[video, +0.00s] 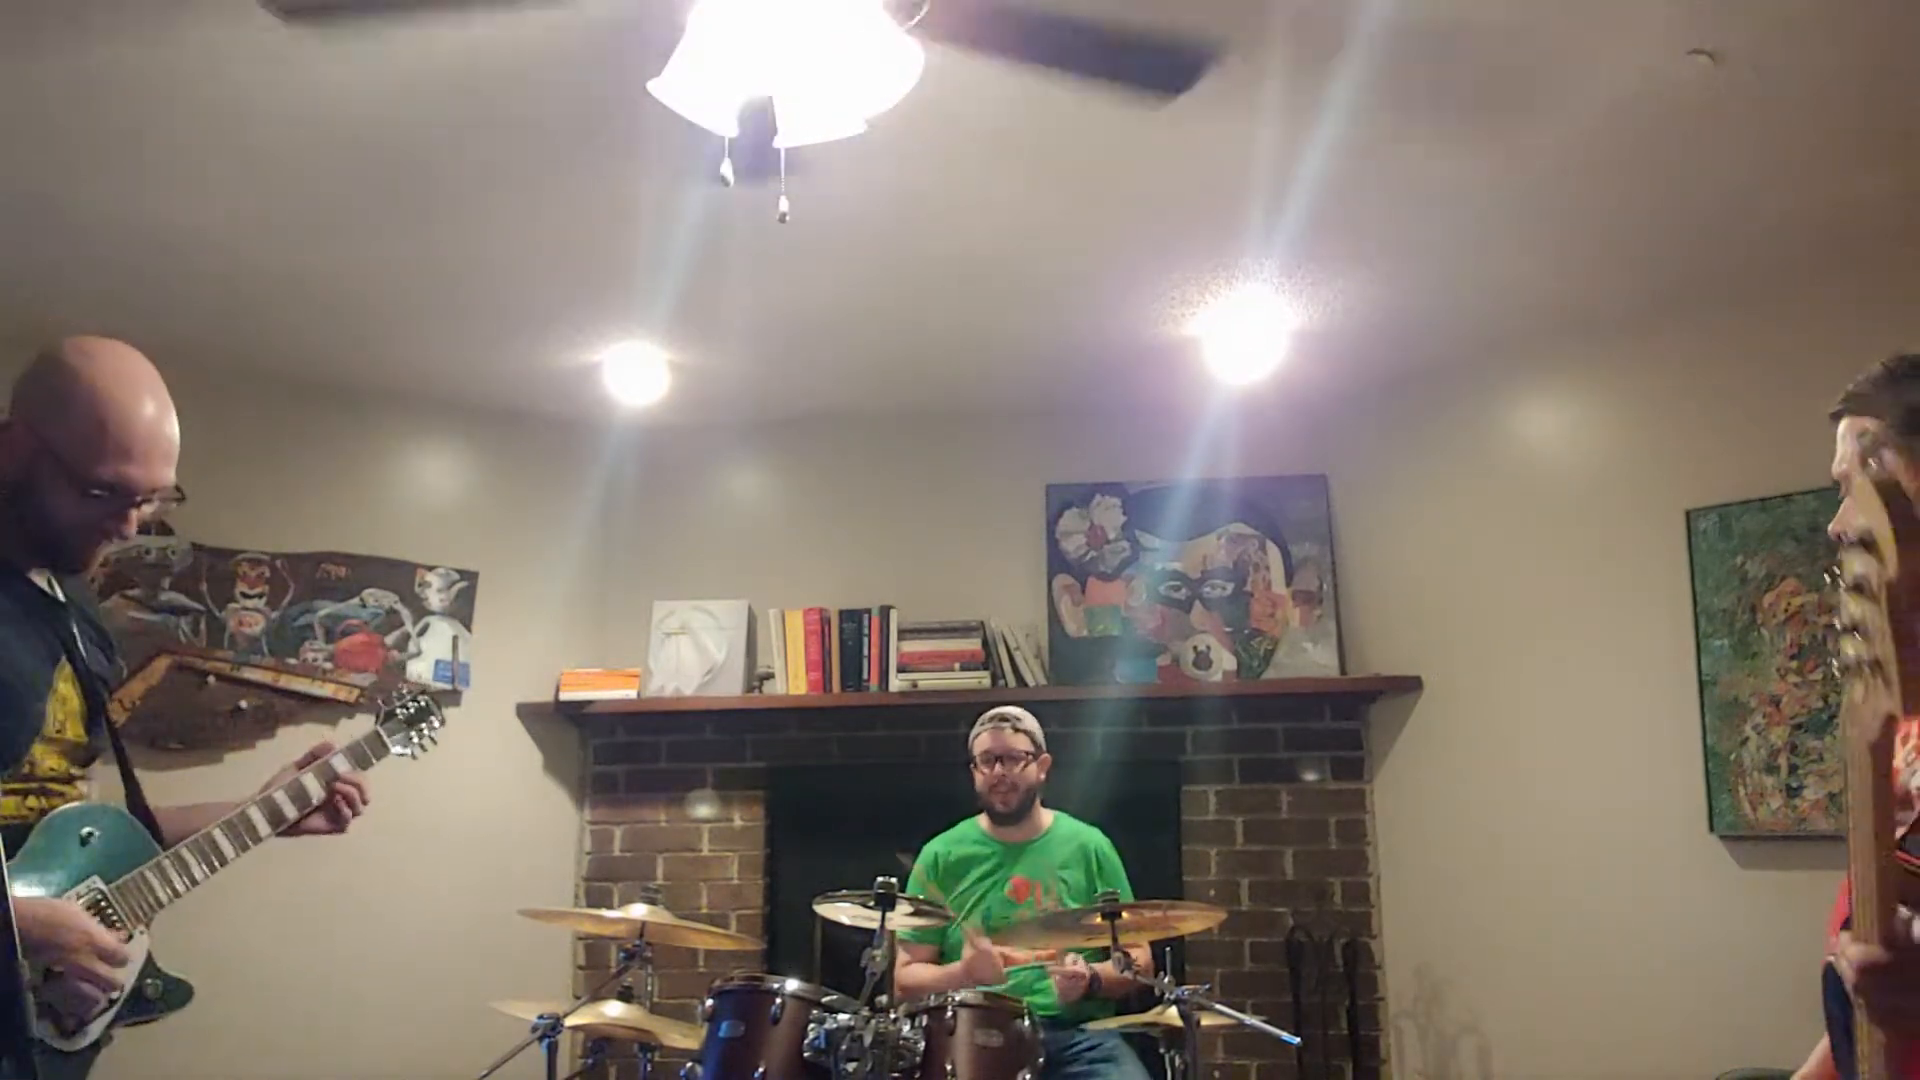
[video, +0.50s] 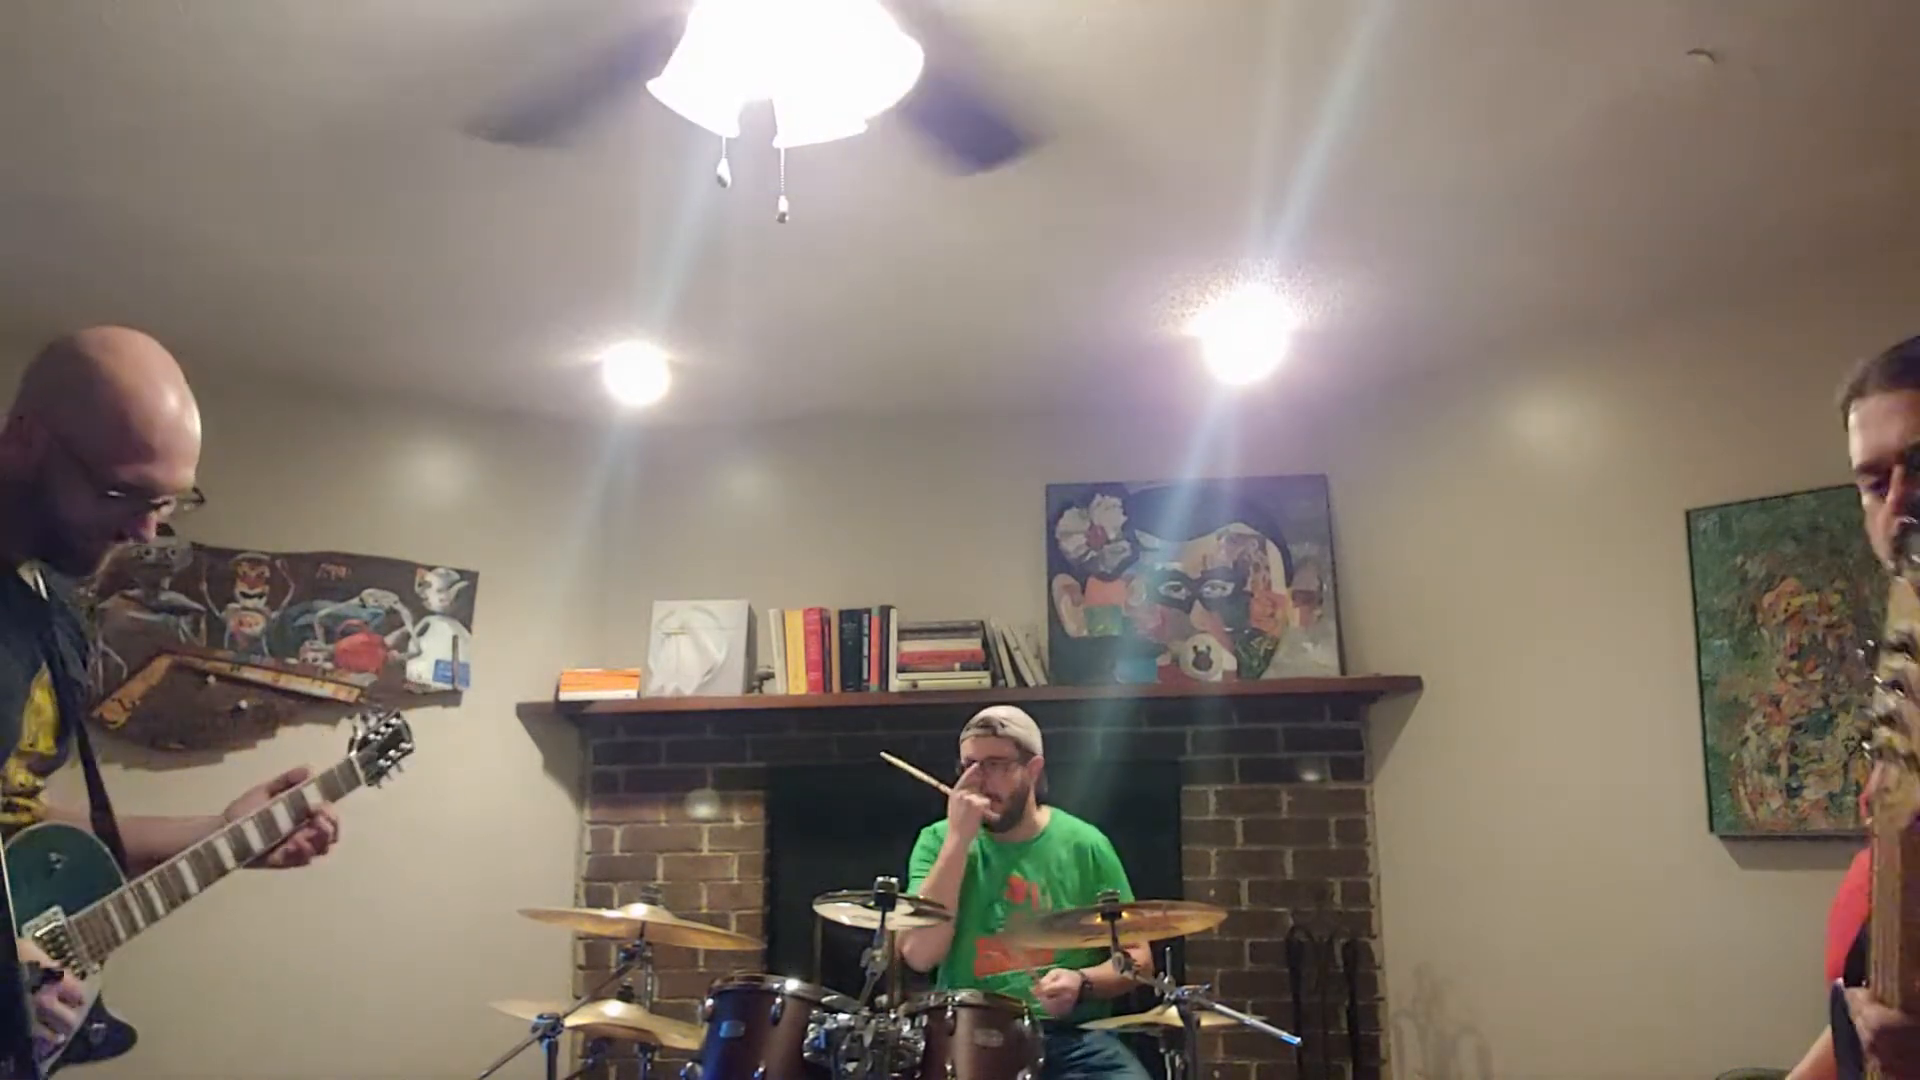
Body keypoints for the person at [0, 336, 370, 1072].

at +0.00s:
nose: (128, 526)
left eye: (151, 501)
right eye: (103, 494)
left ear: (169, 477)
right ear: (20, 450)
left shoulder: (67, 622)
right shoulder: (17, 614)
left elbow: (61, 831)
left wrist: (257, 813)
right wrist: (21, 923)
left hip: (47, 1037)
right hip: (10, 1042)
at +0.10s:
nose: (127, 533)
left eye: (151, 507)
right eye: (105, 498)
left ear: (170, 481)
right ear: (21, 450)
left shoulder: (67, 613)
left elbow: (73, 830)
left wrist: (263, 815)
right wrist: (13, 925)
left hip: (41, 1037)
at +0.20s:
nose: (127, 534)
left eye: (150, 508)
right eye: (106, 500)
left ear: (170, 480)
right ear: (19, 450)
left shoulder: (62, 612)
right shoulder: (17, 614)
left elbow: (76, 827)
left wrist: (260, 821)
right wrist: (12, 934)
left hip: (42, 1032)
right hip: (5, 1038)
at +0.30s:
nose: (127, 531)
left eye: (150, 504)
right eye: (105, 497)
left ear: (169, 475)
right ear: (15, 447)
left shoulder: (55, 603)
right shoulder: (15, 613)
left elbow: (56, 829)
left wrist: (255, 821)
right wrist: (10, 944)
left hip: (30, 1036)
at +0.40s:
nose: (133, 528)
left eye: (153, 501)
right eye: (109, 493)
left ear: (172, 475)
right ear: (19, 443)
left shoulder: (53, 610)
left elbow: (35, 828)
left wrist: (240, 826)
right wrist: (12, 952)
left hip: (24, 1036)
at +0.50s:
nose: (147, 533)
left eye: (169, 504)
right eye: (123, 497)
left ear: (187, 476)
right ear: (26, 442)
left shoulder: (46, 609)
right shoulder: (20, 614)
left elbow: (27, 820)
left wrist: (227, 833)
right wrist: (14, 974)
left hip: (35, 1038)